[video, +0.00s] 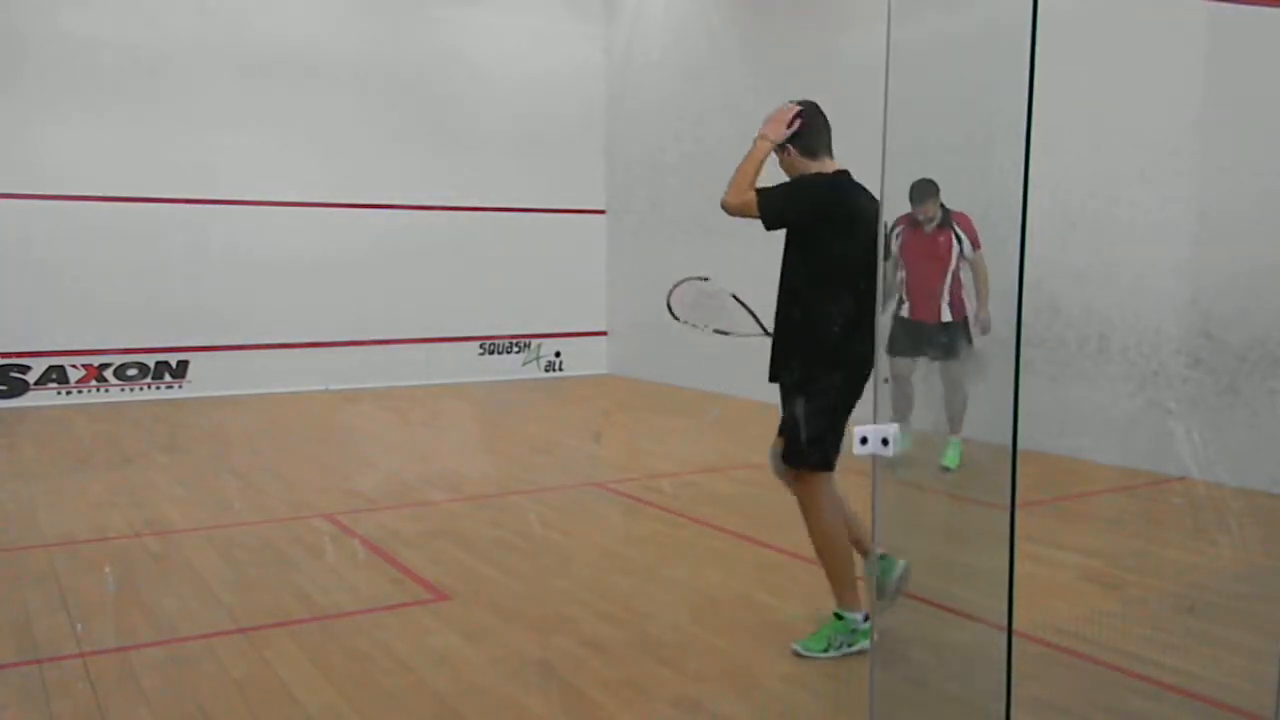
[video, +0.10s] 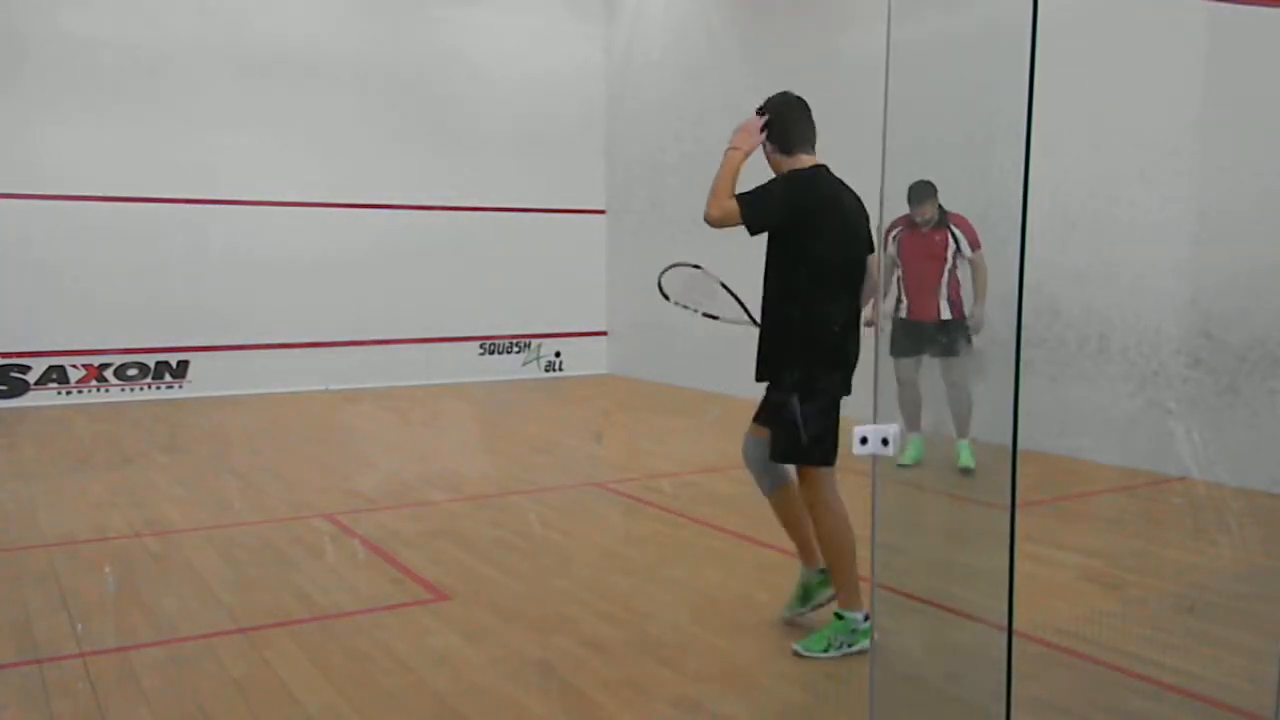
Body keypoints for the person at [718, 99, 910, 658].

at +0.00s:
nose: (780, 167)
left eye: (780, 156)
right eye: (779, 157)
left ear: (791, 149)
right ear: (826, 144)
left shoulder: (814, 196)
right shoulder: (860, 198)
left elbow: (736, 200)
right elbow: (859, 289)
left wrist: (763, 141)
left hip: (816, 364)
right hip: (845, 359)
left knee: (812, 481)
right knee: (790, 463)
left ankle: (853, 618)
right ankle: (877, 558)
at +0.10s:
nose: (764, 161)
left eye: (763, 150)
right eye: (764, 150)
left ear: (769, 145)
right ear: (813, 140)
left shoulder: (789, 192)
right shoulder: (846, 199)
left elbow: (718, 212)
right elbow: (865, 283)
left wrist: (734, 154)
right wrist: (828, 326)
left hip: (805, 364)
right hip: (820, 361)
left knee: (815, 481)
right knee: (759, 451)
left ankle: (853, 616)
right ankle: (815, 569)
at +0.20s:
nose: (749, 150)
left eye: (747, 142)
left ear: (749, 143)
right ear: (798, 139)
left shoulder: (767, 193)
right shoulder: (825, 198)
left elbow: (708, 233)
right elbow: (853, 276)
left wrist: (699, 184)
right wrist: (815, 321)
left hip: (791, 365)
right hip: (791, 362)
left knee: (818, 485)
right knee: (750, 464)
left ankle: (853, 616)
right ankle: (745, 584)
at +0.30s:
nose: (724, 155)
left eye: (723, 147)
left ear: (724, 150)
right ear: (775, 149)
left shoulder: (743, 200)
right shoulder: (800, 205)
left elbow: (710, 257)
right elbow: (832, 285)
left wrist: (672, 228)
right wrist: (791, 325)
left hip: (766, 370)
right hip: (788, 368)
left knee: (805, 486)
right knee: (730, 465)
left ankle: (853, 616)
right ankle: (701, 583)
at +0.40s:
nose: (696, 161)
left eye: (695, 153)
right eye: (703, 153)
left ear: (699, 156)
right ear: (747, 157)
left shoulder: (721, 204)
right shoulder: (769, 211)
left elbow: (719, 271)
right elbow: (803, 289)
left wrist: (654, 280)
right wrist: (762, 333)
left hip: (746, 376)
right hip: (749, 374)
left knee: (775, 496)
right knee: (694, 462)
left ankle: (847, 609)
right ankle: (698, 596)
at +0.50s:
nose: (671, 164)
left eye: (671, 156)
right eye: (682, 157)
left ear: (676, 159)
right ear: (722, 159)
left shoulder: (698, 208)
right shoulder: (740, 214)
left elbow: (712, 280)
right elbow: (773, 296)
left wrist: (651, 332)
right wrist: (722, 336)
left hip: (709, 377)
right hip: (723, 375)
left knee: (704, 498)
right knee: (671, 472)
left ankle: (810, 586)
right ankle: (695, 595)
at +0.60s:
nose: (653, 146)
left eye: (654, 138)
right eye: (658, 138)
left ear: (658, 140)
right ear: (703, 142)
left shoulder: (677, 189)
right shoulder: (719, 194)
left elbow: (697, 258)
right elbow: (753, 274)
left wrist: (650, 323)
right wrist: (702, 311)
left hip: (683, 350)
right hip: (717, 351)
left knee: (646, 471)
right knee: (683, 468)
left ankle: (742, 559)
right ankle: (694, 587)